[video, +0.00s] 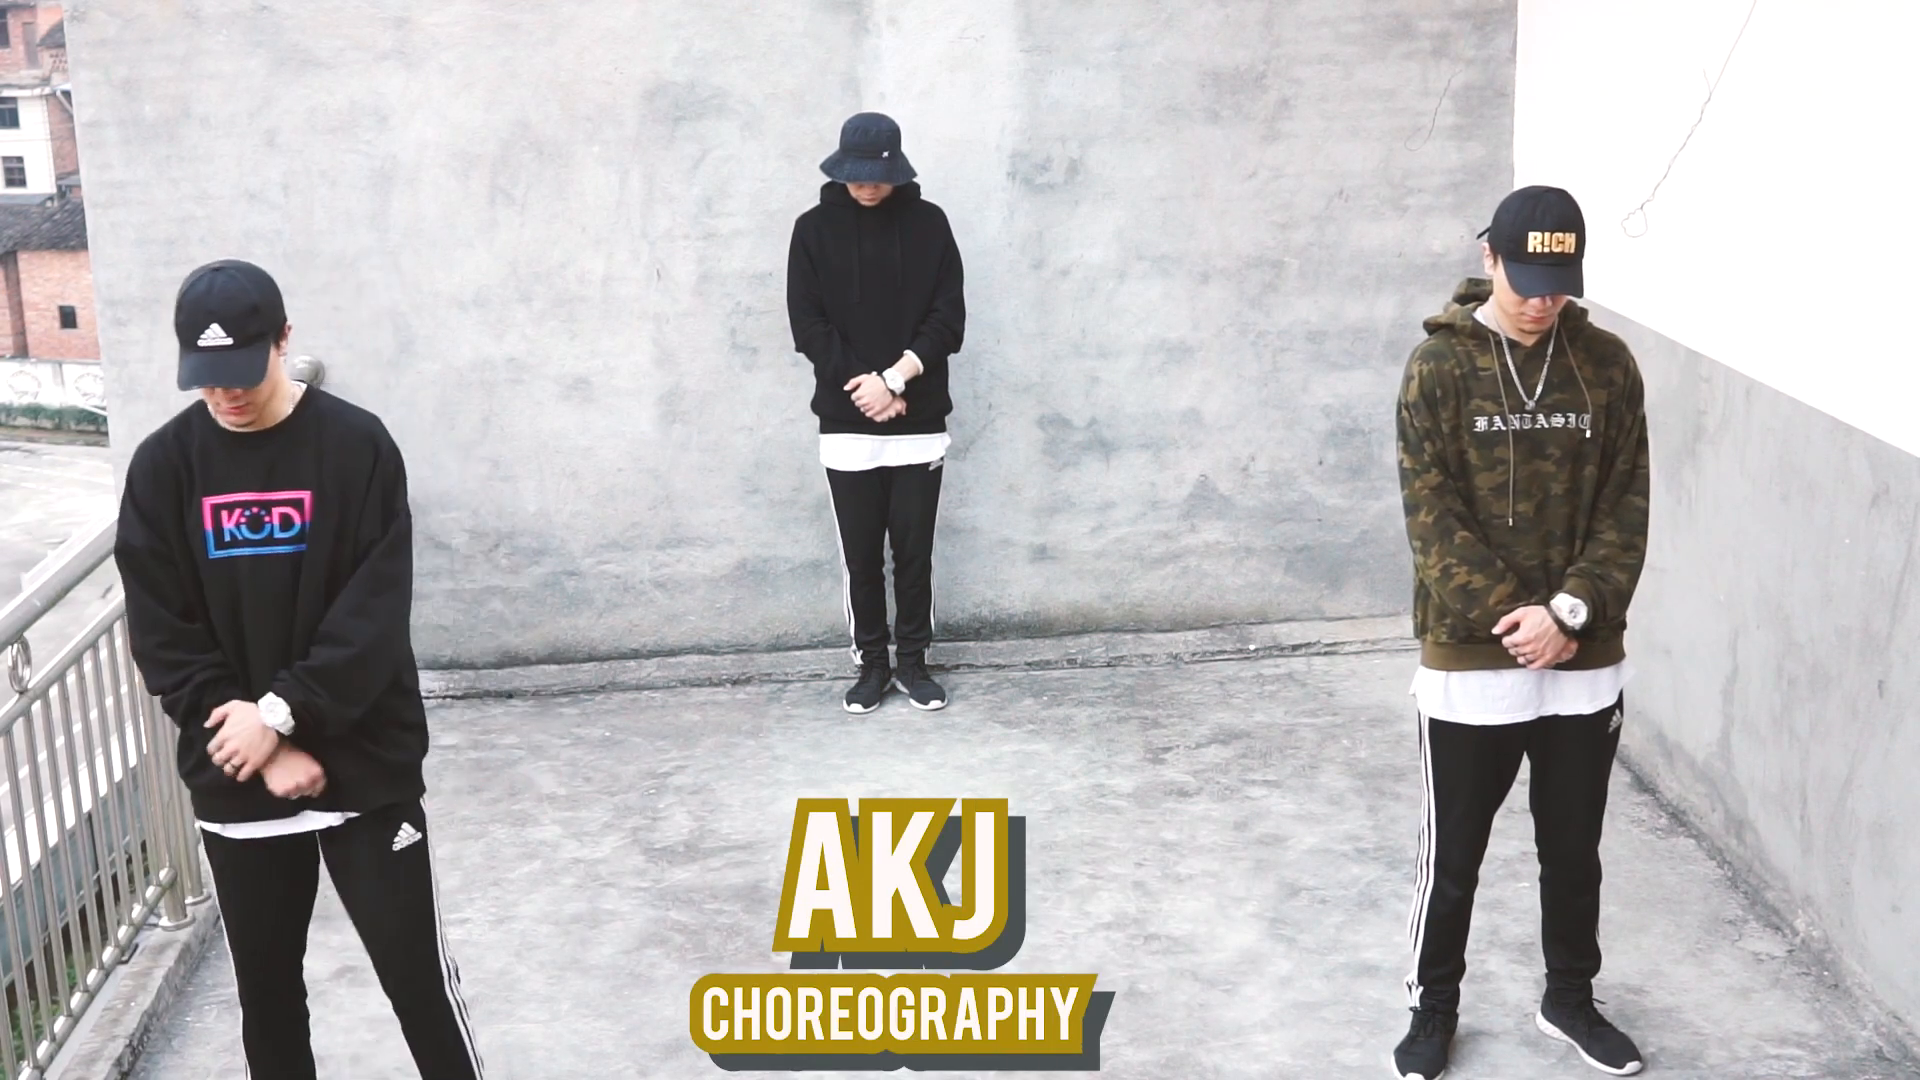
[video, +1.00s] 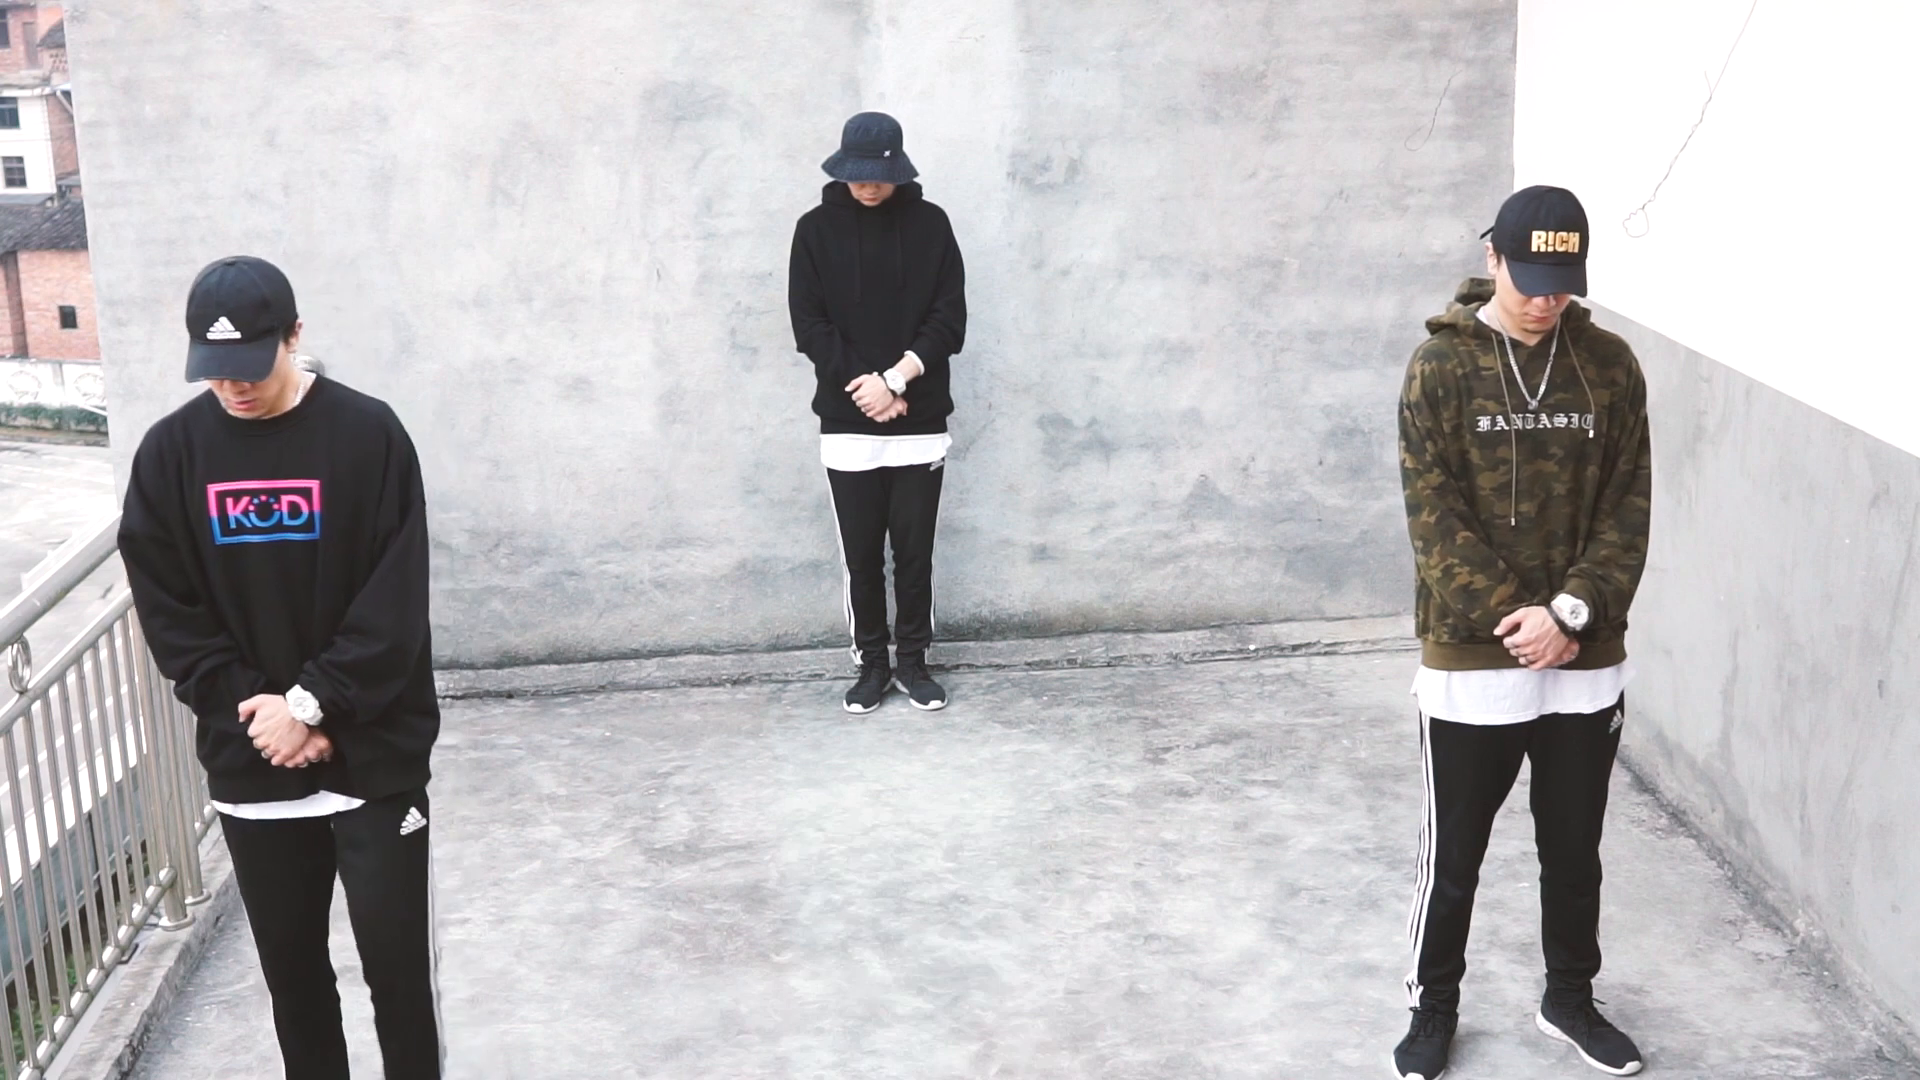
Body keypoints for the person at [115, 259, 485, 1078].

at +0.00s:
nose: (225, 395)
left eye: (241, 373)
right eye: (208, 377)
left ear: (282, 342)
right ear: (186, 358)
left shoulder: (357, 443)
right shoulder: (162, 463)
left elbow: (376, 612)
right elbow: (161, 635)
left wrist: (277, 710)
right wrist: (258, 745)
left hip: (366, 768)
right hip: (237, 789)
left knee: (418, 987)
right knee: (268, 1003)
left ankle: (461, 1075)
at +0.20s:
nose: (273, 387)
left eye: (291, 366)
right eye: (255, 369)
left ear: (332, 340)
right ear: (234, 352)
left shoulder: (402, 446)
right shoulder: (199, 459)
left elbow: (417, 614)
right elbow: (184, 628)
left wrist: (316, 701)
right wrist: (288, 732)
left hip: (393, 772)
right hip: (261, 785)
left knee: (432, 994)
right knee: (276, 1003)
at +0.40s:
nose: (307, 385)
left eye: (326, 367)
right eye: (292, 366)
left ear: (372, 342)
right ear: (272, 348)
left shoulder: (433, 450)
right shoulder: (232, 449)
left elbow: (458, 615)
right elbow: (219, 615)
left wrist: (360, 713)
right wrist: (309, 728)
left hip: (412, 769)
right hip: (279, 775)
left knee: (441, 988)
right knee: (287, 993)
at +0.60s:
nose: (303, 384)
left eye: (322, 366)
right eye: (288, 365)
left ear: (369, 339)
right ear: (270, 346)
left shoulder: (431, 446)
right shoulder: (229, 446)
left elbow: (450, 614)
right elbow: (217, 611)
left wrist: (354, 706)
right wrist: (303, 723)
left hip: (414, 770)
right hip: (287, 778)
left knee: (444, 986)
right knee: (311, 989)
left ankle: (463, 1079)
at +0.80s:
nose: (268, 389)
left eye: (285, 369)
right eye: (252, 370)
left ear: (328, 341)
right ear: (231, 351)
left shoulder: (396, 440)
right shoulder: (196, 450)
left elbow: (422, 609)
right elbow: (193, 615)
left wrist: (333, 703)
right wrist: (284, 721)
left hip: (392, 769)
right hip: (270, 780)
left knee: (430, 988)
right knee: (303, 991)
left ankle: (456, 1078)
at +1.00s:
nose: (235, 388)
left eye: (251, 369)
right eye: (218, 372)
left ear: (294, 339)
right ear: (196, 352)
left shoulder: (368, 433)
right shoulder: (167, 452)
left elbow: (397, 598)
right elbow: (169, 616)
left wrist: (311, 700)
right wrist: (263, 721)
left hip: (375, 764)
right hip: (254, 780)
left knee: (399, 982)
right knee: (298, 993)